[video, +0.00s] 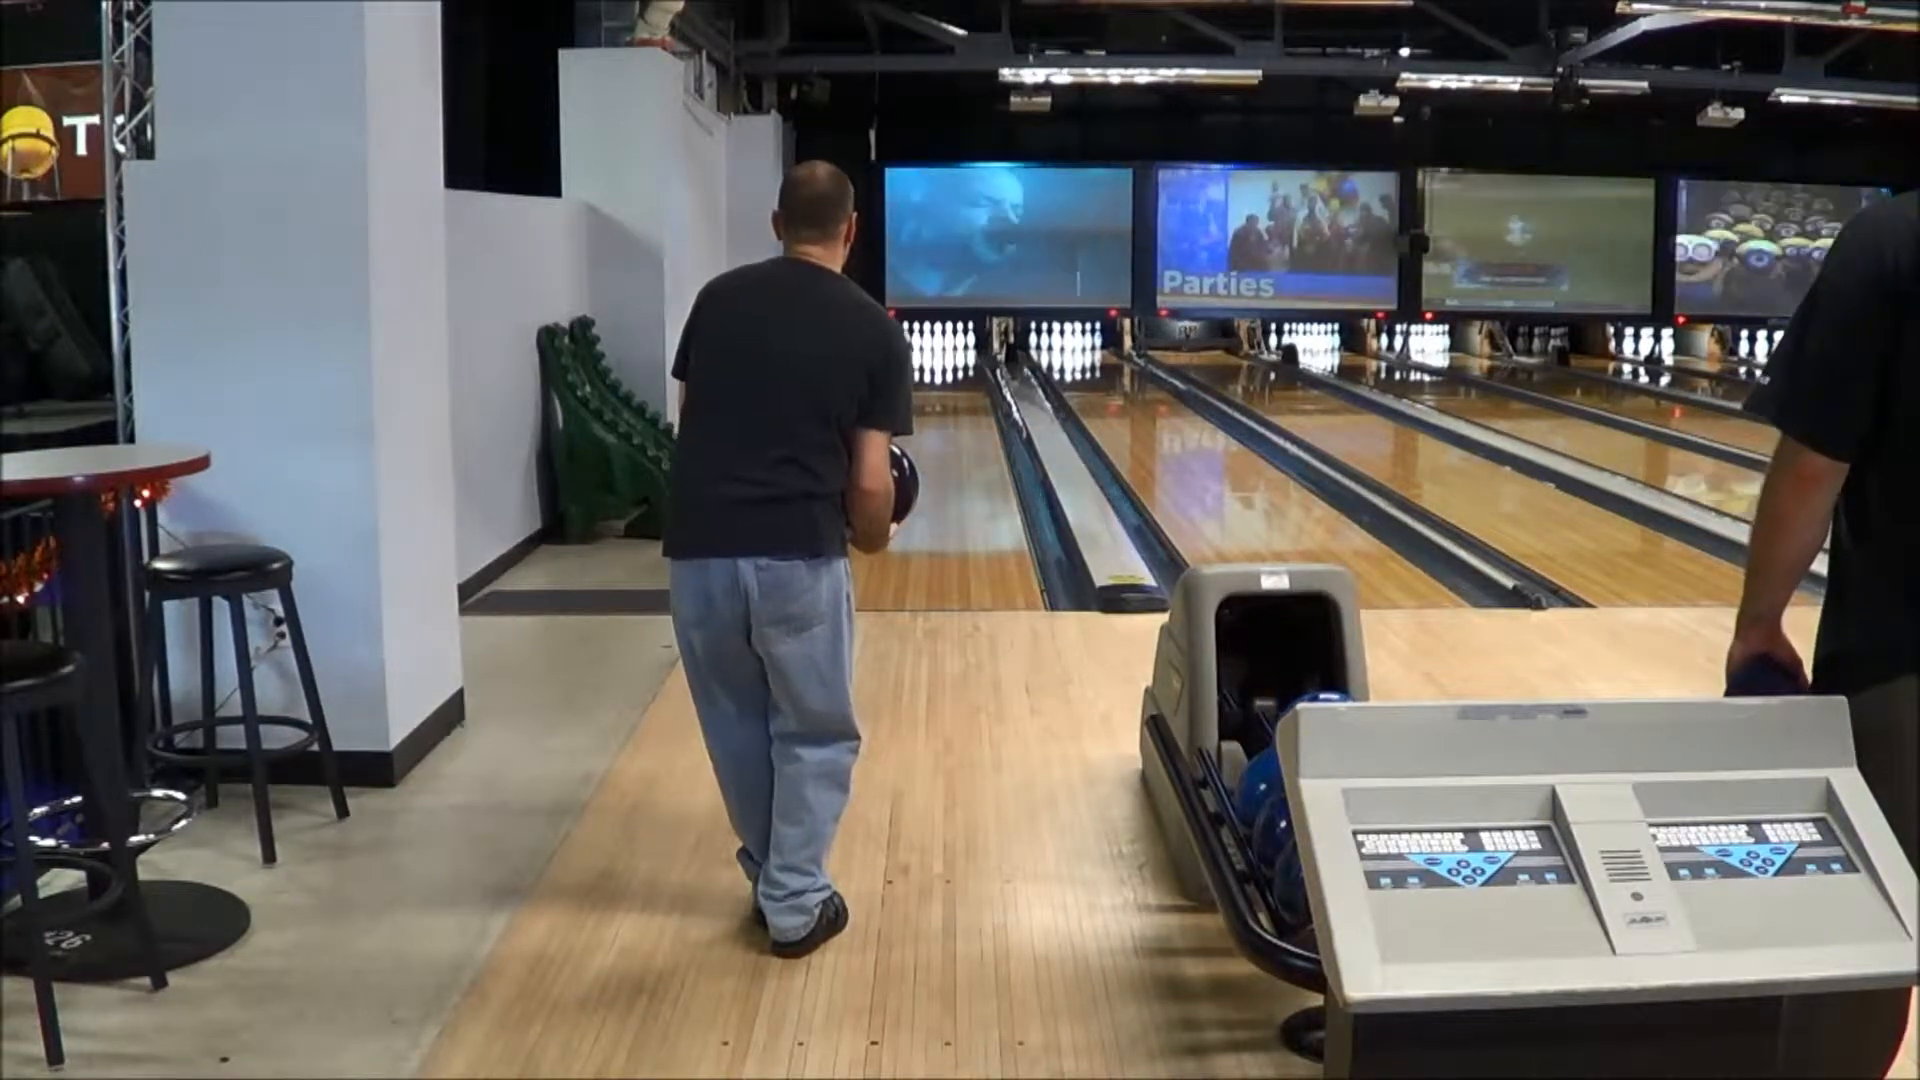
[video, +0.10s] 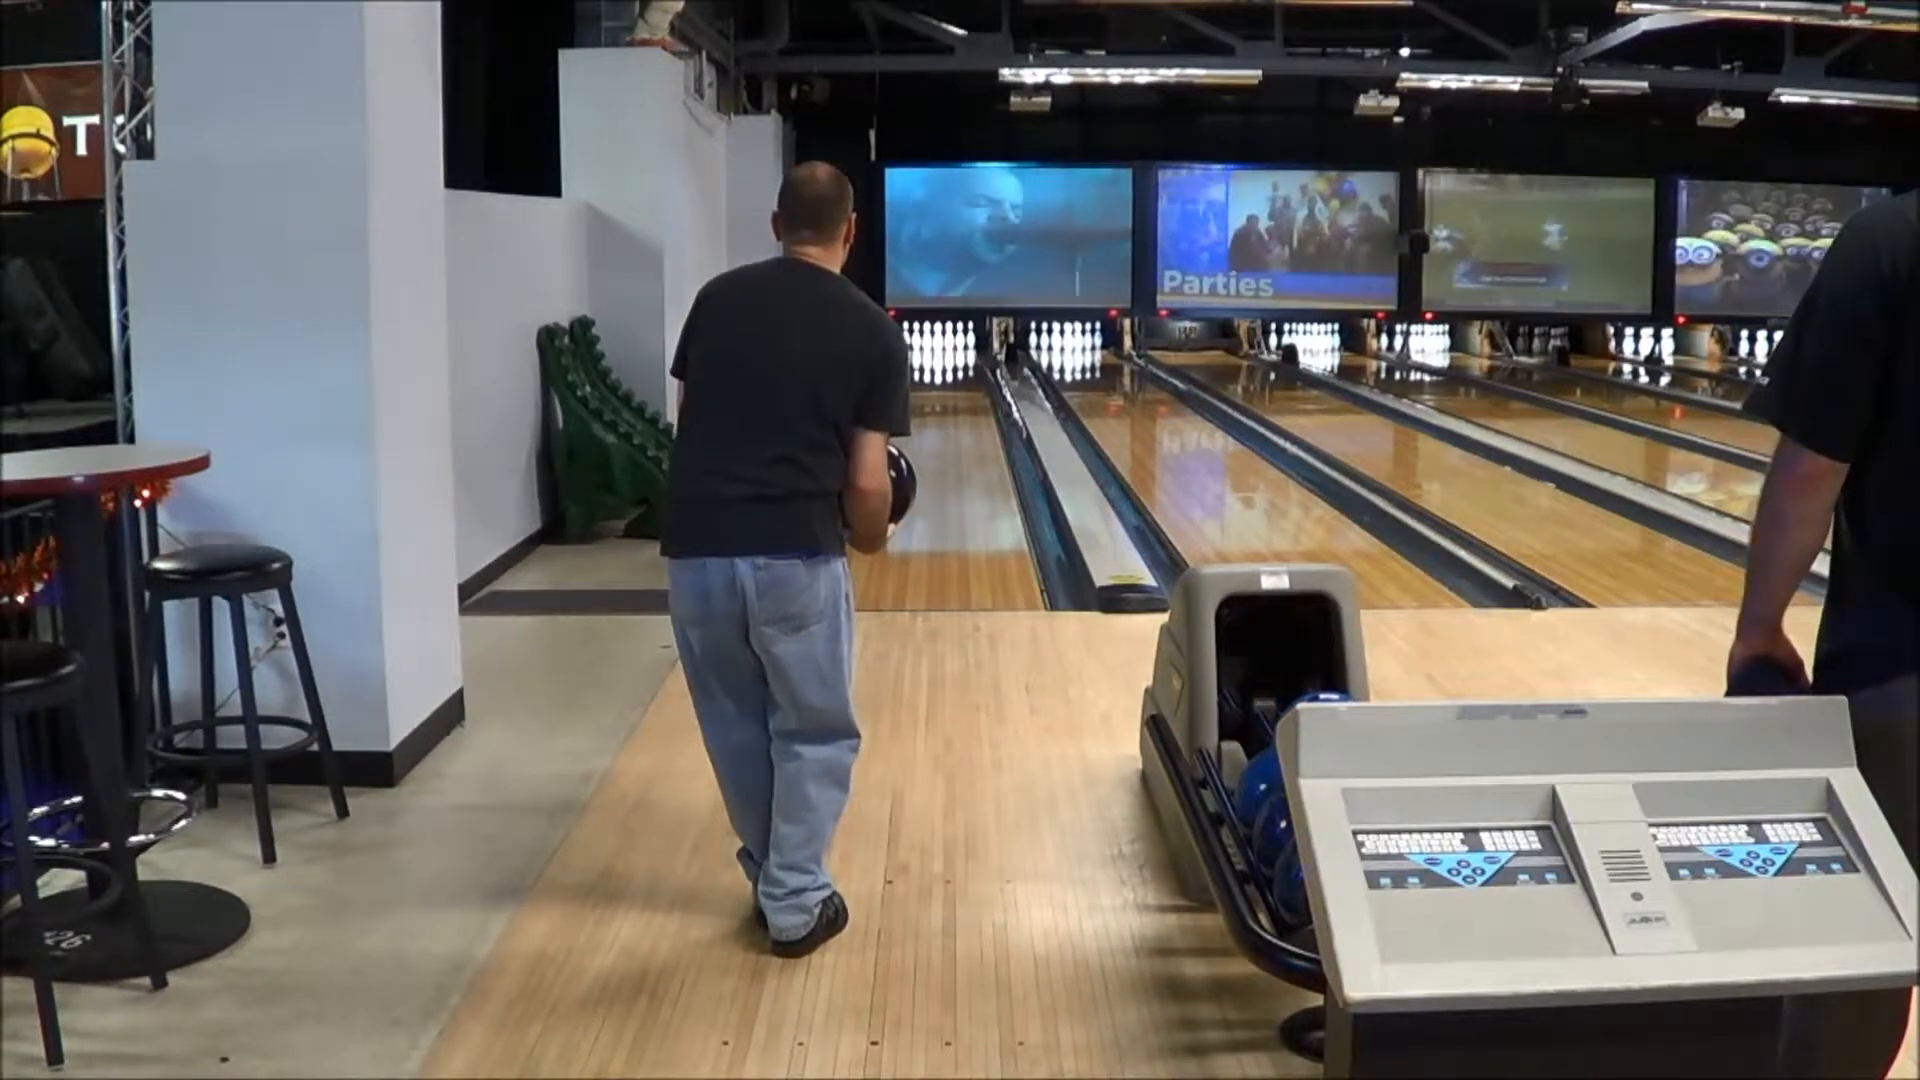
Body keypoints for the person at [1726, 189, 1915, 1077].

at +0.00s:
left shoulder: (1890, 241)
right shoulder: (1886, 241)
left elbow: (1813, 460)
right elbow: (1814, 460)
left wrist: (1759, 623)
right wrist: (1763, 624)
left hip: (1893, 671)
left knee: (1869, 936)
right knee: (1864, 933)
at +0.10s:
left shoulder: (1888, 239)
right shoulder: (1884, 239)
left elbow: (1811, 464)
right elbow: (1811, 464)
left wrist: (1760, 627)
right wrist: (1764, 628)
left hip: (1889, 671)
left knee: (1866, 937)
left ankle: (1833, 1065)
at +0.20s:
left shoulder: (1888, 240)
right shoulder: (1884, 240)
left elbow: (1809, 463)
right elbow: (1809, 464)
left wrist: (1760, 627)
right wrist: (1763, 628)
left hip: (1892, 666)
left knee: (1867, 934)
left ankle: (1836, 1065)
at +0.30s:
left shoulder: (1886, 241)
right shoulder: (1882, 241)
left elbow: (1810, 461)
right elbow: (1810, 462)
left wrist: (1760, 626)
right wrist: (1764, 627)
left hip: (1891, 667)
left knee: (1867, 935)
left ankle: (1837, 1064)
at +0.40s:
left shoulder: (1886, 241)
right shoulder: (1883, 241)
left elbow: (1810, 457)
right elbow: (1810, 458)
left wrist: (1762, 622)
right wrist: (1766, 623)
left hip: (1891, 665)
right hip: (1883, 659)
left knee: (1866, 932)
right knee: (1862, 930)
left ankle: (1837, 1063)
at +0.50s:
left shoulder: (1884, 243)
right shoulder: (1881, 244)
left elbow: (1809, 456)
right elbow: (1809, 457)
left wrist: (1765, 621)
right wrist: (1768, 622)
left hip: (1890, 667)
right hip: (1883, 660)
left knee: (1866, 934)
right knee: (1862, 933)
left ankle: (1838, 1062)